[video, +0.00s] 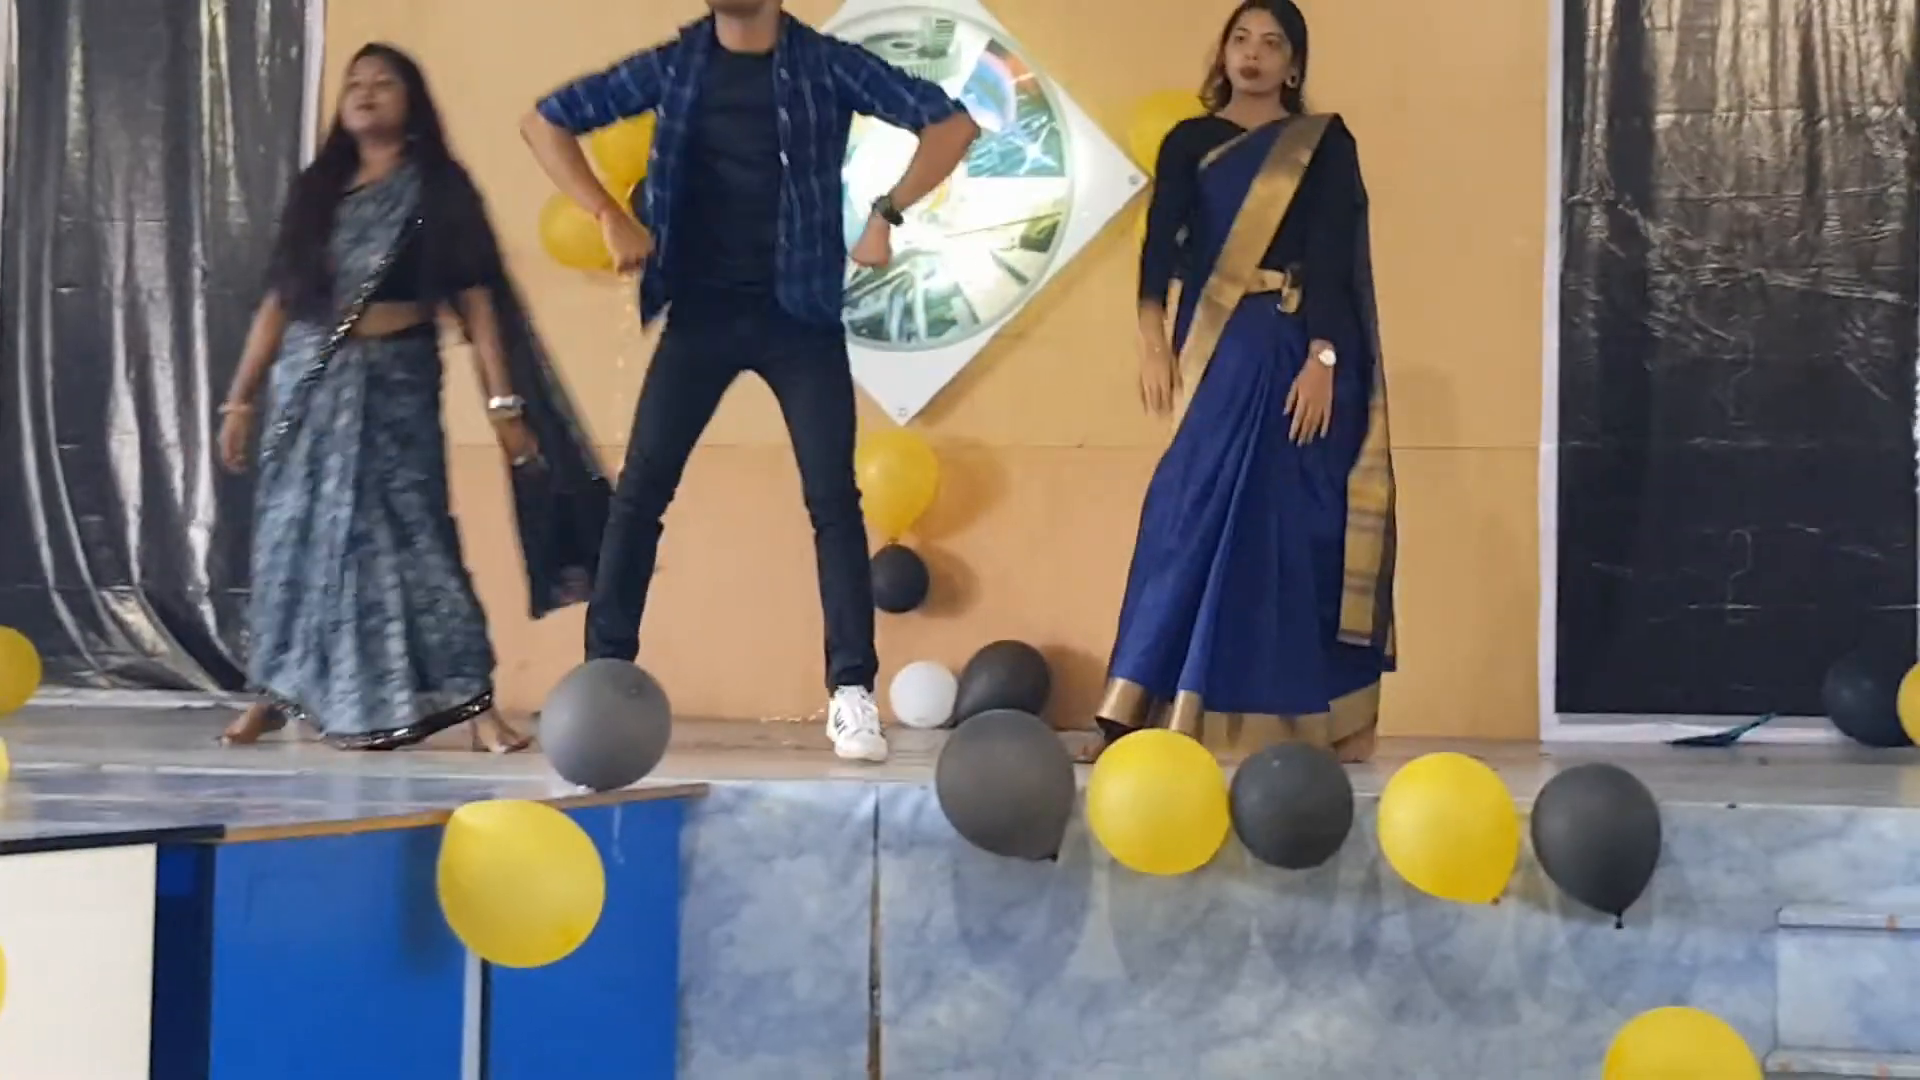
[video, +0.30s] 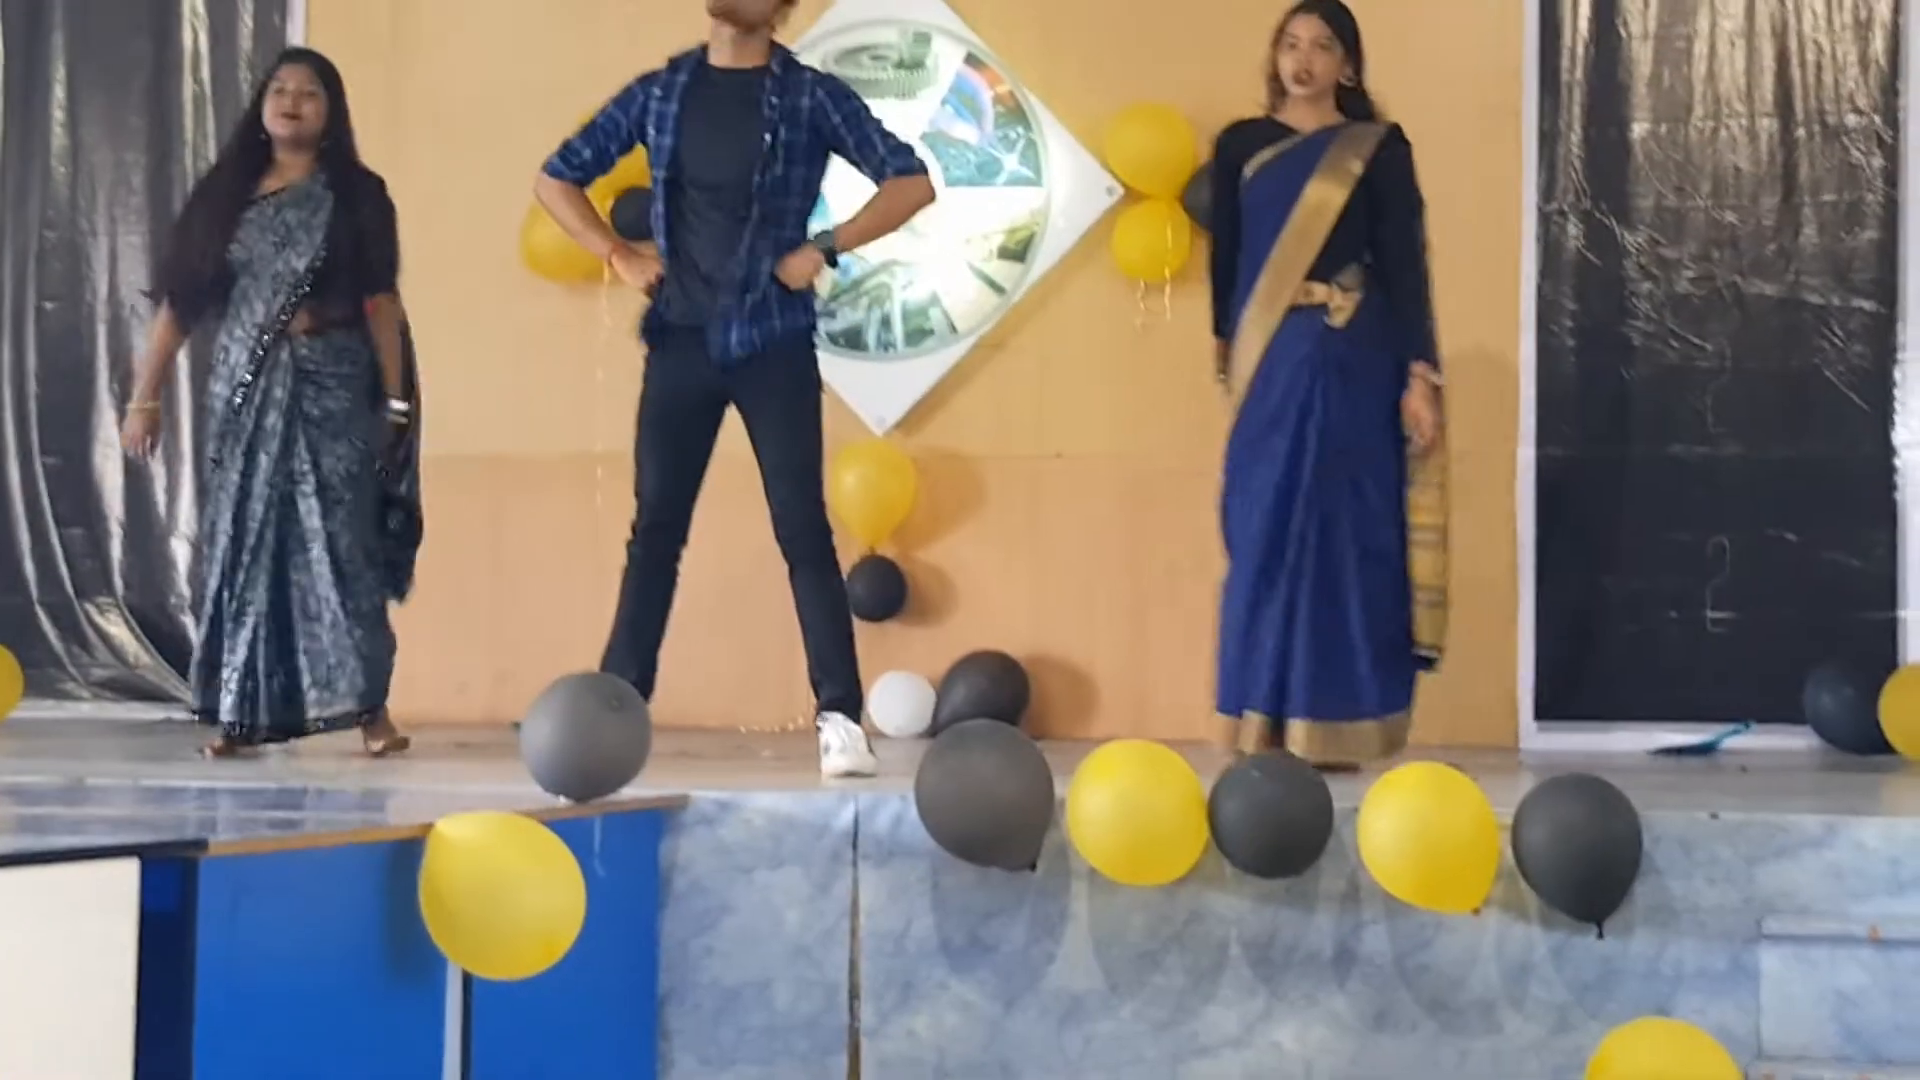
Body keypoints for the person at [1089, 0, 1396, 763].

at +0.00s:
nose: (1253, 51)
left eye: (1271, 42)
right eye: (1242, 38)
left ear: (1294, 61)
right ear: (1221, 51)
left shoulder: (1323, 136)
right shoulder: (1189, 139)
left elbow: (1337, 253)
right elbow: (1160, 240)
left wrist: (1322, 356)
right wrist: (1152, 336)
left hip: (1301, 351)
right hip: (1218, 347)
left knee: (1297, 525)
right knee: (1190, 511)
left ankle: (1310, 712)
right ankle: (1130, 698)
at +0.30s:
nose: (1304, 58)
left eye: (1320, 46)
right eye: (1292, 45)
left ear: (1348, 61)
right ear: (1273, 56)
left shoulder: (1381, 144)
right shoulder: (1240, 143)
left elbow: (1405, 263)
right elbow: (1225, 257)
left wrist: (1421, 372)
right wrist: (1228, 350)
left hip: (1358, 366)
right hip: (1270, 365)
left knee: (1346, 534)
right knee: (1265, 534)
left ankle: (1327, 728)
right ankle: (1256, 726)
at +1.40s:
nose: (1384, 263)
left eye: (1400, 251)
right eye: (1371, 248)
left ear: (1422, 265)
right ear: (1346, 257)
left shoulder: (1450, 346)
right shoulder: (1309, 337)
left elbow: (1470, 463)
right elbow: (1282, 450)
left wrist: (1490, 568)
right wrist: (1275, 554)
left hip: (1424, 569)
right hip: (1334, 568)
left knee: (1419, 746)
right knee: (1333, 745)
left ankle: (1412, 952)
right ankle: (1318, 955)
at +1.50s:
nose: (1427, 315)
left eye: (1444, 302)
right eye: (1415, 299)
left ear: (1470, 318)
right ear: (1397, 308)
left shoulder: (1491, 412)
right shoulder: (1357, 379)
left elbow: (1504, 539)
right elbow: (1308, 476)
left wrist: (1561, 597)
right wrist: (1320, 549)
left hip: (1471, 610)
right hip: (1379, 607)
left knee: (1485, 779)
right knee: (1372, 779)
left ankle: (1452, 961)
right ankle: (1364, 967)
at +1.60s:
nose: (1477, 319)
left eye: (1495, 306)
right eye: (1466, 306)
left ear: (1530, 318)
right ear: (1453, 317)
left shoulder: (1554, 418)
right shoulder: (1425, 380)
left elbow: (1551, 542)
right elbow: (1346, 469)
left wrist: (1638, 563)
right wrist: (1388, 508)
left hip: (1519, 613)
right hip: (1426, 606)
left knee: (1569, 778)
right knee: (1424, 782)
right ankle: (1397, 986)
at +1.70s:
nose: (1532, 325)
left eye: (1549, 311)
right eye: (1522, 312)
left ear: (1587, 322)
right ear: (1512, 321)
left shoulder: (1619, 421)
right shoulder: (1488, 390)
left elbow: (1606, 543)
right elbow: (1412, 481)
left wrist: (1707, 550)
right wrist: (1477, 482)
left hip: (1562, 613)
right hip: (1470, 604)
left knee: (1618, 772)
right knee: (1469, 783)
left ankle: (1697, 978)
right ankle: (1447, 992)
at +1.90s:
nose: (1627, 360)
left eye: (1644, 346)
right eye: (1618, 348)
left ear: (1687, 359)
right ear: (1611, 362)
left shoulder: (1724, 463)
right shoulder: (1588, 442)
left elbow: (1730, 591)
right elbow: (1549, 564)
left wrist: (1827, 591)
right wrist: (1625, 552)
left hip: (1693, 658)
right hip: (1605, 654)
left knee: (1723, 827)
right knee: (1604, 831)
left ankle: (1727, 1031)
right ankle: (1602, 1031)